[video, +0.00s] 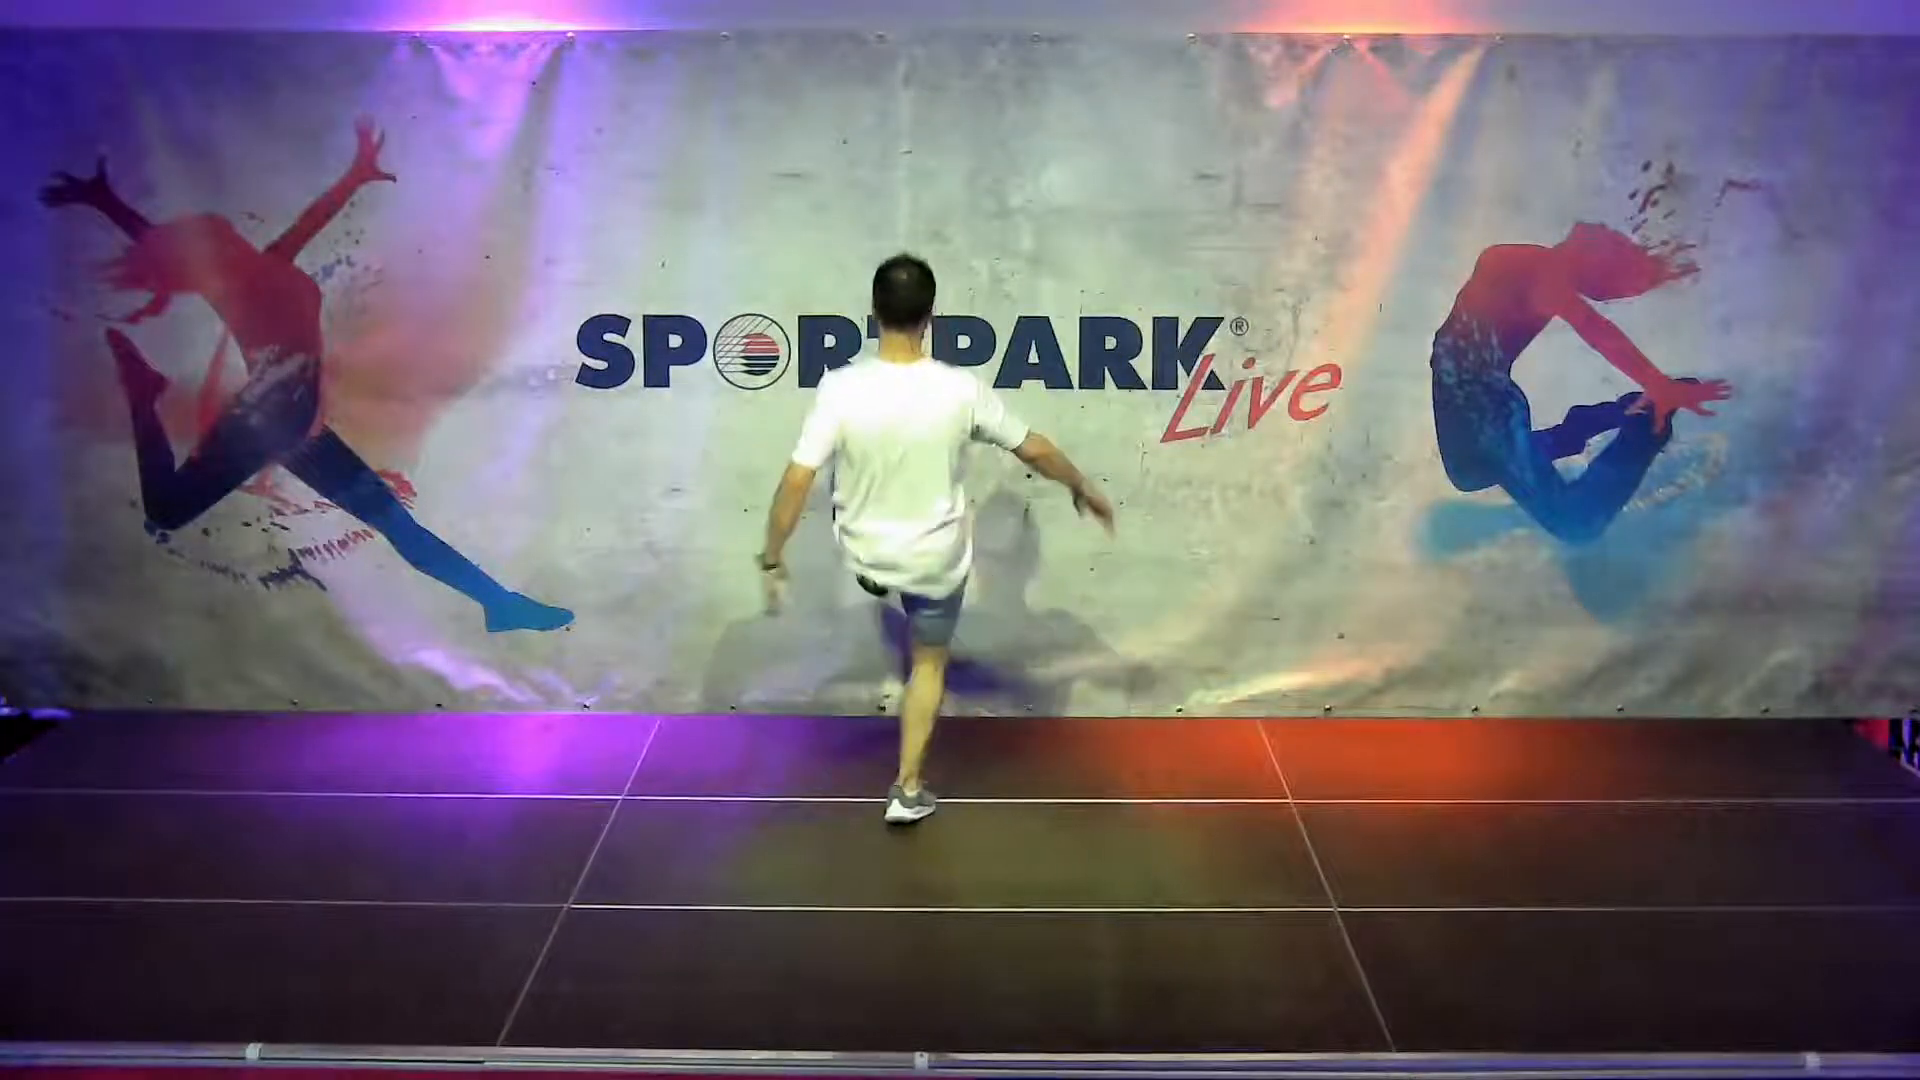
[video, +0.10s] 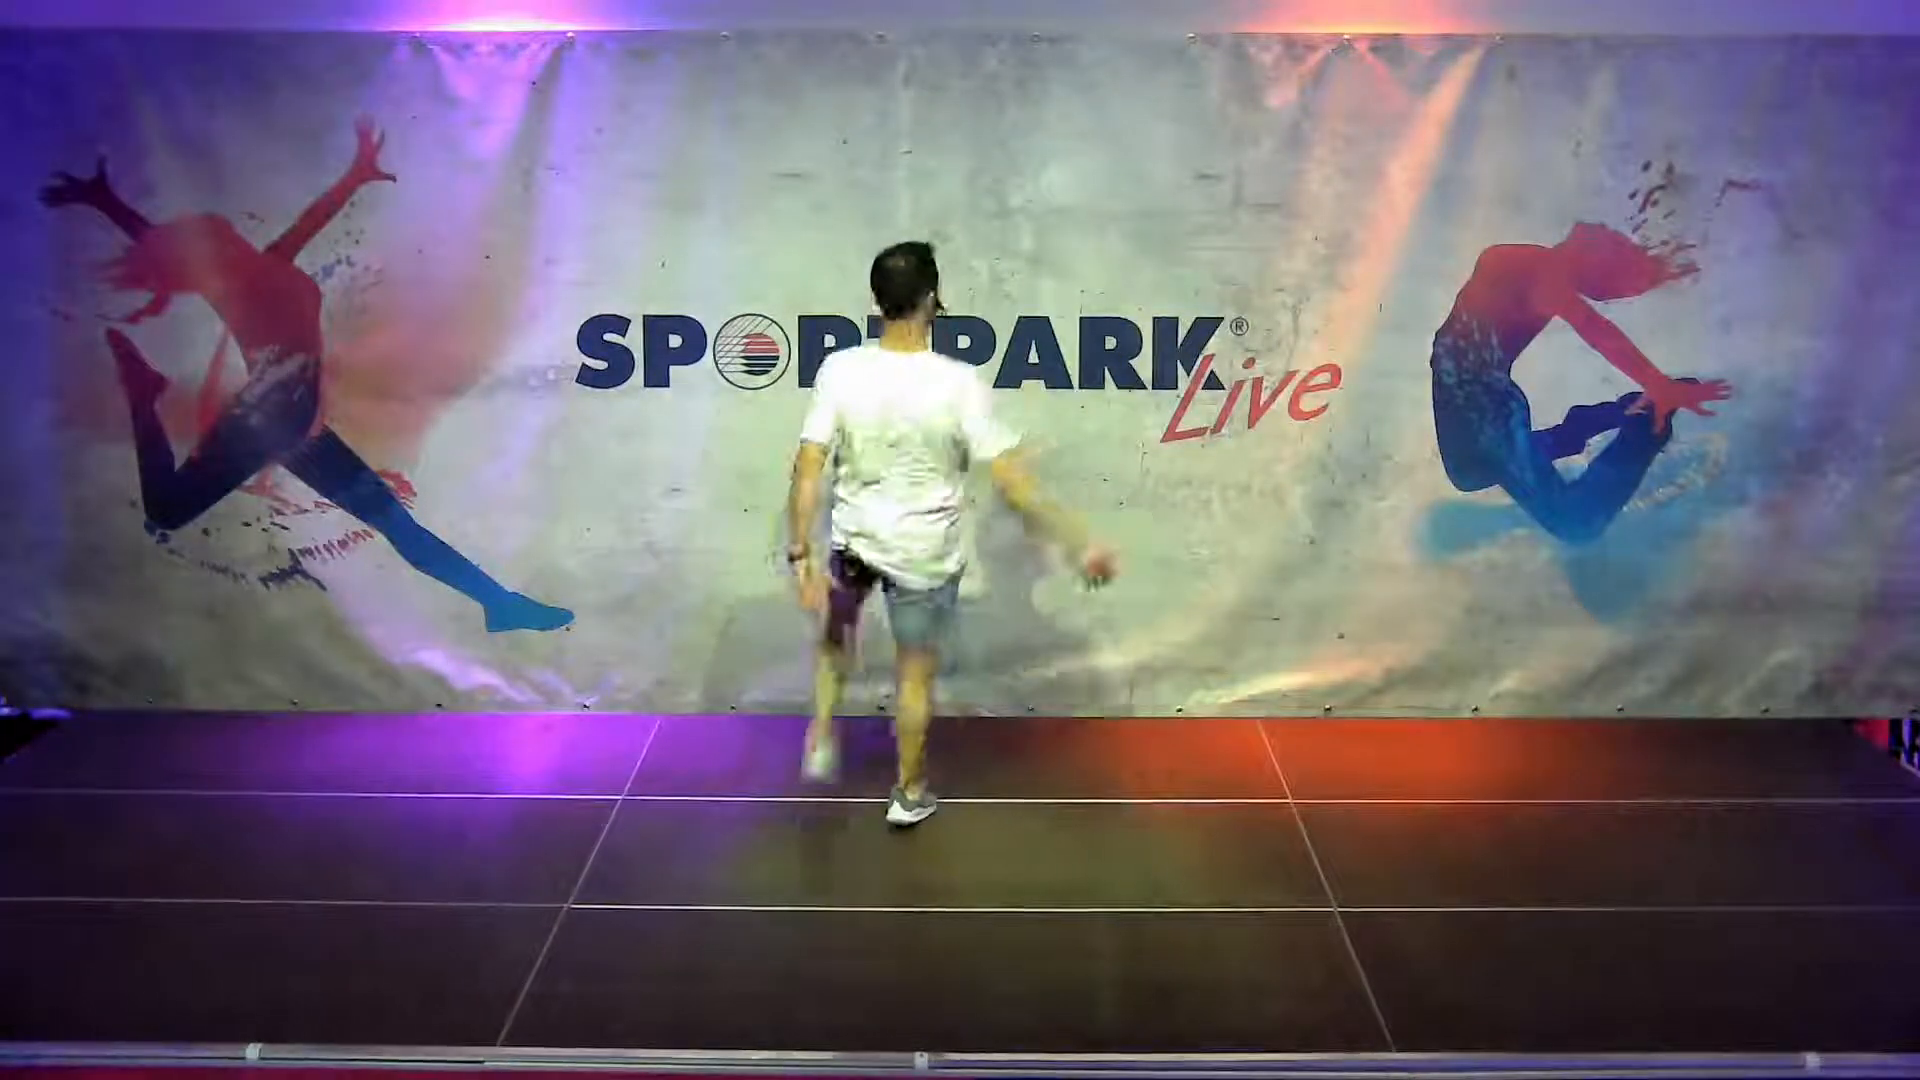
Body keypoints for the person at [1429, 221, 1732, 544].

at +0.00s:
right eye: (1608, 280)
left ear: (1588, 243)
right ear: (1592, 239)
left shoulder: (1546, 280)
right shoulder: (1536, 266)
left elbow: (1596, 329)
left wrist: (1657, 383)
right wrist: (1648, 271)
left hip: (1487, 400)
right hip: (1454, 388)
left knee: (1575, 524)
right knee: (1468, 474)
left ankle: (1647, 426)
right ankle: (1570, 436)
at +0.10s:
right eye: (1608, 280)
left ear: (1588, 243)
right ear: (1592, 239)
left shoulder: (1546, 280)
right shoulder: (1536, 266)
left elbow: (1596, 329)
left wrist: (1657, 383)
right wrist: (1648, 271)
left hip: (1487, 400)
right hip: (1454, 388)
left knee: (1575, 524)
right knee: (1468, 474)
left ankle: (1647, 426)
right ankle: (1570, 436)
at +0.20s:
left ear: (1589, 244)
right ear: (1592, 238)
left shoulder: (1547, 281)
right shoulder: (1535, 265)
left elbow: (1596, 329)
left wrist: (1657, 383)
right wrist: (1648, 271)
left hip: (1486, 401)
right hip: (1455, 390)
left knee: (1575, 524)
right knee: (1467, 474)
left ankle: (1647, 426)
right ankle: (1570, 437)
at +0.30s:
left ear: (1589, 244)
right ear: (1592, 238)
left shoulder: (1547, 281)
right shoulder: (1535, 265)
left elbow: (1596, 329)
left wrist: (1657, 383)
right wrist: (1648, 271)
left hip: (1486, 401)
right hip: (1455, 390)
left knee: (1575, 524)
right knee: (1467, 474)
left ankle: (1647, 426)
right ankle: (1570, 437)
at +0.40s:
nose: (1599, 231)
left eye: (1604, 245)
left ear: (1589, 245)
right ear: (1592, 237)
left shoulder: (1547, 281)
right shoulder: (1536, 265)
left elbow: (1596, 329)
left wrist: (1657, 383)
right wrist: (1648, 272)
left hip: (1486, 401)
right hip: (1455, 390)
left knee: (1575, 524)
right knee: (1467, 474)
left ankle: (1647, 426)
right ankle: (1570, 437)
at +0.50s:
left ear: (1588, 243)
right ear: (1591, 238)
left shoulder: (1546, 280)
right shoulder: (1537, 265)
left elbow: (1596, 330)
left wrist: (1657, 383)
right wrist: (1648, 271)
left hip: (1486, 400)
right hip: (1454, 388)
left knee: (1575, 524)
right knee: (1468, 474)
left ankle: (1647, 426)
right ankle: (1570, 437)